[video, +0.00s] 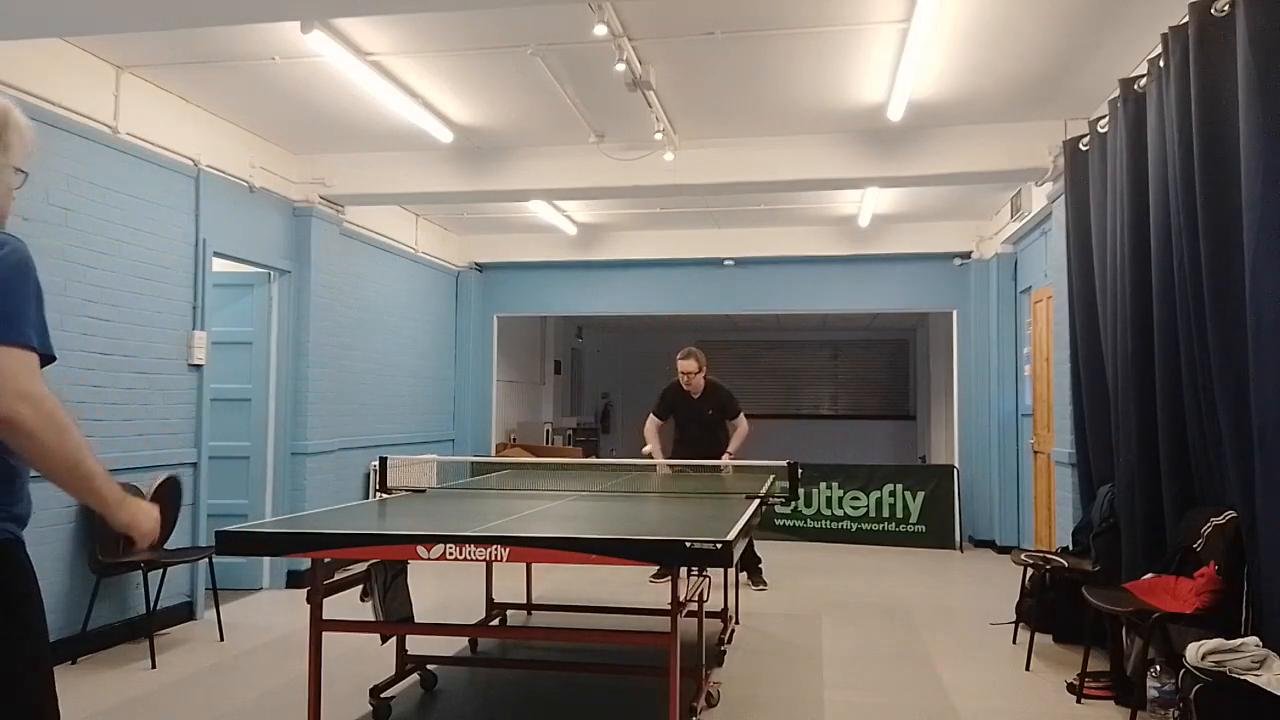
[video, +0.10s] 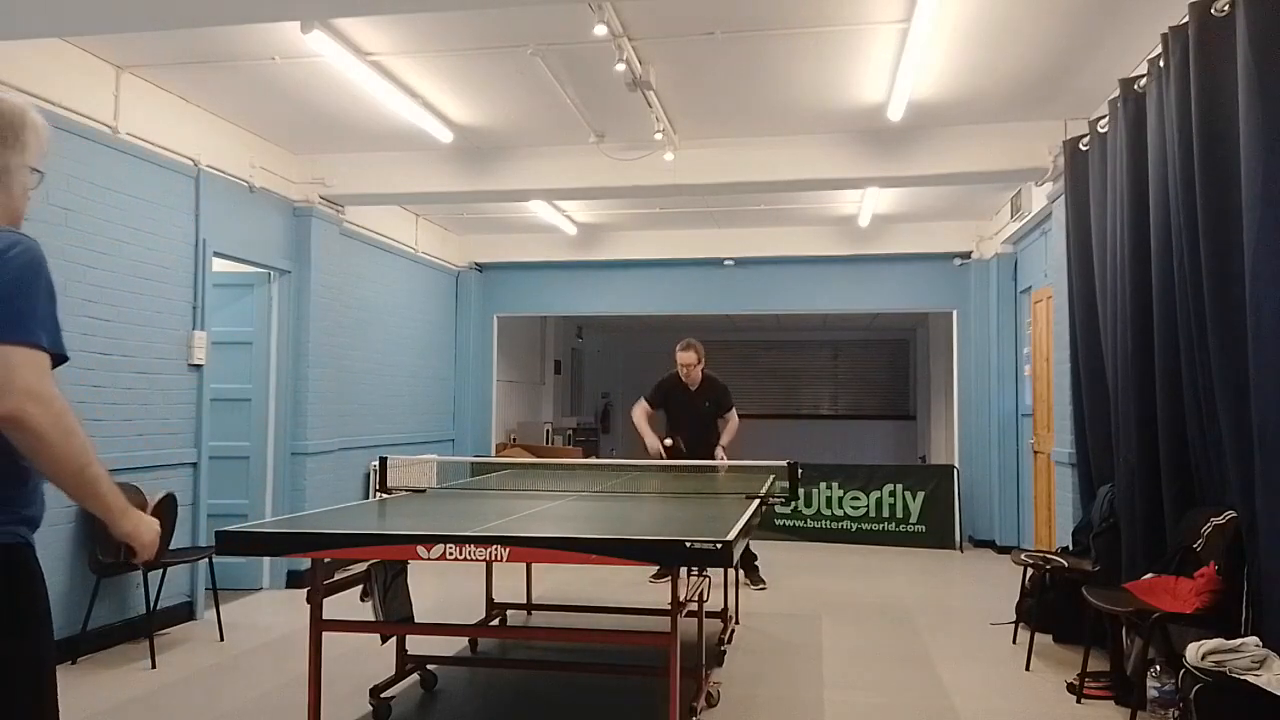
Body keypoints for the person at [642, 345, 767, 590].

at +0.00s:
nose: (686, 379)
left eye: (691, 373)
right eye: (682, 373)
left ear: (703, 370)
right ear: (677, 372)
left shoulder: (719, 393)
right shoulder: (672, 393)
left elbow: (742, 427)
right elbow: (650, 427)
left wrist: (729, 454)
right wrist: (660, 461)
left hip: (716, 468)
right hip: (681, 468)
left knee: (733, 515)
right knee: (669, 512)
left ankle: (753, 568)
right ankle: (669, 562)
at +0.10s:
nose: (685, 371)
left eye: (690, 366)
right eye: (680, 366)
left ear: (702, 363)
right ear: (675, 363)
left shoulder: (716, 387)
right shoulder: (668, 384)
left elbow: (732, 420)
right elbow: (638, 411)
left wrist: (721, 445)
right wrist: (649, 437)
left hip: (708, 464)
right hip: (675, 464)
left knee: (725, 512)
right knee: (668, 511)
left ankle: (750, 567)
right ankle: (669, 561)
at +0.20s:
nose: (686, 354)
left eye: (691, 349)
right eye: (682, 349)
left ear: (703, 348)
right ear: (677, 347)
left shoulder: (714, 377)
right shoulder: (667, 370)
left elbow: (728, 409)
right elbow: (631, 379)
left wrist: (719, 434)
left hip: (704, 456)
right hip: (670, 454)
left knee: (722, 506)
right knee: (667, 508)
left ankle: (741, 563)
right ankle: (669, 560)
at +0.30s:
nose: (691, 339)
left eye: (697, 335)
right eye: (687, 334)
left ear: (705, 337)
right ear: (680, 336)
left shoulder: (714, 370)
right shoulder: (665, 359)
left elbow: (726, 402)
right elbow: (641, 360)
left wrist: (720, 427)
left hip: (702, 450)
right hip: (669, 448)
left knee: (712, 505)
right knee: (666, 506)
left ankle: (729, 559)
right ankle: (668, 560)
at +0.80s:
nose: (707, 338)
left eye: (712, 334)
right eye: (703, 334)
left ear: (722, 338)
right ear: (696, 337)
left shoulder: (732, 372)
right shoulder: (683, 365)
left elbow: (749, 406)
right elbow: (648, 381)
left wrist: (742, 428)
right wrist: (652, 390)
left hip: (720, 454)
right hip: (685, 452)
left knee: (726, 509)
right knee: (675, 507)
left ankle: (730, 563)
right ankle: (670, 562)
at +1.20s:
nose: (692, 345)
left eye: (697, 341)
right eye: (688, 341)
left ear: (707, 343)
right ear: (682, 344)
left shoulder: (721, 373)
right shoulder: (672, 373)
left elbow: (740, 407)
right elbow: (653, 408)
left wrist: (730, 431)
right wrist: (662, 433)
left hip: (717, 456)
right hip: (683, 457)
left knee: (731, 508)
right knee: (679, 509)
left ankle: (746, 565)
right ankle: (678, 563)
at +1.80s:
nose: (696, 357)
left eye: (702, 352)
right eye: (693, 352)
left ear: (715, 350)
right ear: (689, 351)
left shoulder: (731, 380)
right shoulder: (681, 372)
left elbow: (747, 416)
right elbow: (648, 381)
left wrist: (736, 440)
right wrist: (651, 406)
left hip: (721, 459)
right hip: (686, 457)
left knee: (735, 513)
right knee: (674, 509)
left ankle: (748, 572)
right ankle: (678, 562)